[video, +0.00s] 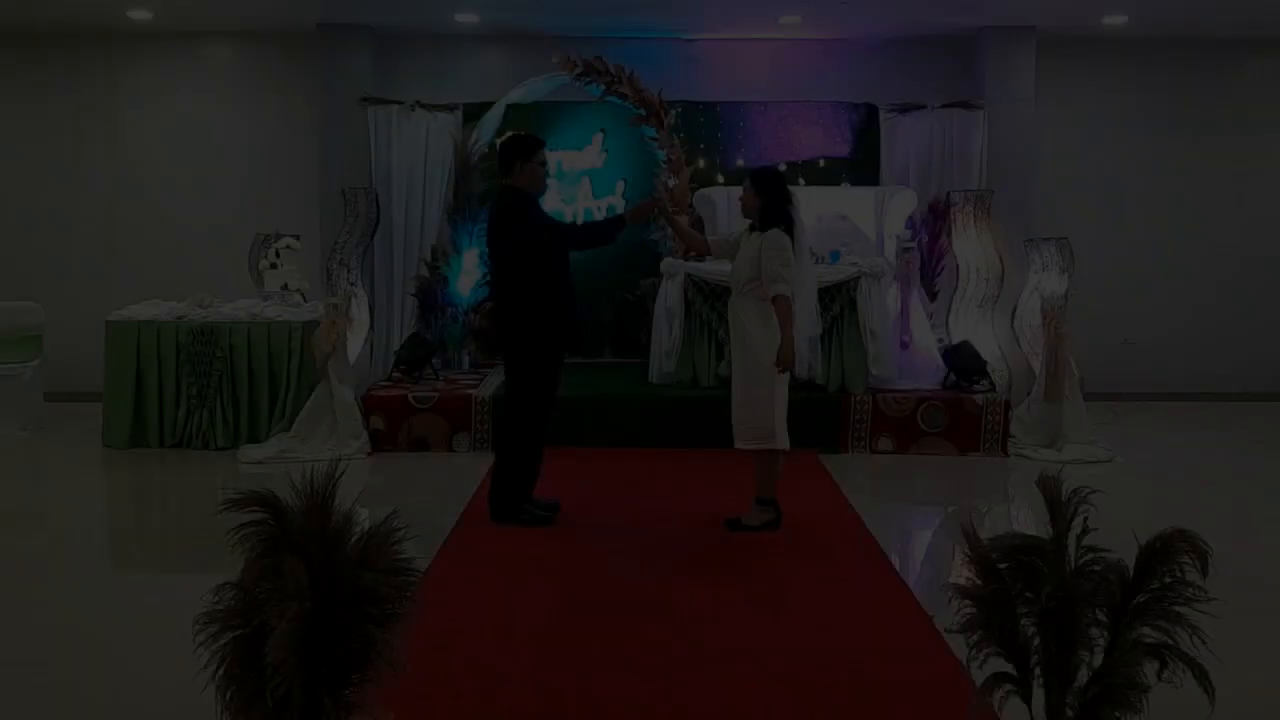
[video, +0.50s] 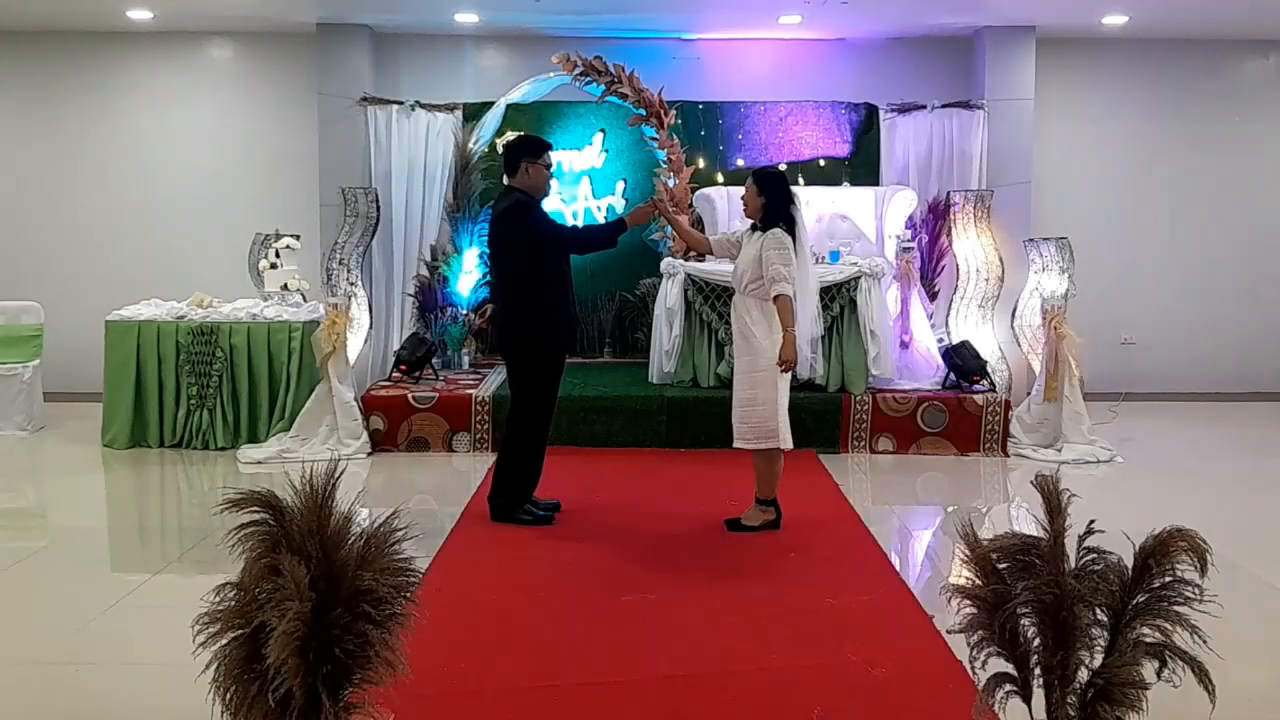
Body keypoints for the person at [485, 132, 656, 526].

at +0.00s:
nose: (546, 173)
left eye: (545, 166)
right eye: (540, 166)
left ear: (519, 170)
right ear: (520, 170)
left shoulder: (517, 209)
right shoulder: (515, 210)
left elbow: (566, 237)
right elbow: (566, 238)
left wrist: (621, 221)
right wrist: (624, 220)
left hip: (531, 325)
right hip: (530, 327)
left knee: (530, 412)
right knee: (526, 413)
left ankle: (519, 496)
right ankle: (510, 502)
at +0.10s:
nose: (547, 174)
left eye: (546, 166)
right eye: (542, 166)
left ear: (520, 169)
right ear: (520, 168)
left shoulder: (519, 208)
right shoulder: (515, 209)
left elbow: (568, 236)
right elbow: (567, 237)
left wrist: (622, 220)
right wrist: (625, 219)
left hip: (534, 326)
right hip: (529, 328)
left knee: (531, 413)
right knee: (525, 415)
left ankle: (519, 495)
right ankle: (507, 503)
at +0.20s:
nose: (547, 174)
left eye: (546, 166)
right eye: (542, 166)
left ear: (519, 169)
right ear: (521, 168)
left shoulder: (517, 207)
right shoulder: (515, 209)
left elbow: (566, 236)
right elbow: (565, 237)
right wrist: (625, 219)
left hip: (534, 327)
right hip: (531, 330)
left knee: (531, 415)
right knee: (525, 416)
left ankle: (519, 494)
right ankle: (507, 503)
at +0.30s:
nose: (548, 173)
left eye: (547, 166)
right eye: (542, 166)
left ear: (520, 168)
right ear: (520, 168)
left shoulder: (519, 207)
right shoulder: (515, 209)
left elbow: (568, 237)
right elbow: (567, 237)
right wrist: (626, 218)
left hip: (535, 327)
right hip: (530, 330)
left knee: (531, 415)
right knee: (525, 417)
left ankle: (519, 495)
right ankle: (506, 502)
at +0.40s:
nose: (548, 174)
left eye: (547, 167)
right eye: (543, 167)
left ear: (521, 169)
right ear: (521, 169)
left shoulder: (519, 209)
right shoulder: (516, 210)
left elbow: (569, 237)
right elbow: (568, 238)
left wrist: (624, 220)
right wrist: (626, 218)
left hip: (534, 328)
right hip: (530, 330)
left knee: (531, 416)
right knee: (525, 417)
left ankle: (519, 494)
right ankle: (506, 503)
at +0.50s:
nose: (551, 176)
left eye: (550, 169)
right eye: (546, 169)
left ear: (523, 171)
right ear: (524, 170)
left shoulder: (517, 209)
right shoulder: (518, 211)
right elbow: (568, 241)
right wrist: (626, 222)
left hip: (534, 329)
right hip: (533, 331)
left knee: (532, 416)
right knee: (529, 417)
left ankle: (519, 494)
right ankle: (507, 503)